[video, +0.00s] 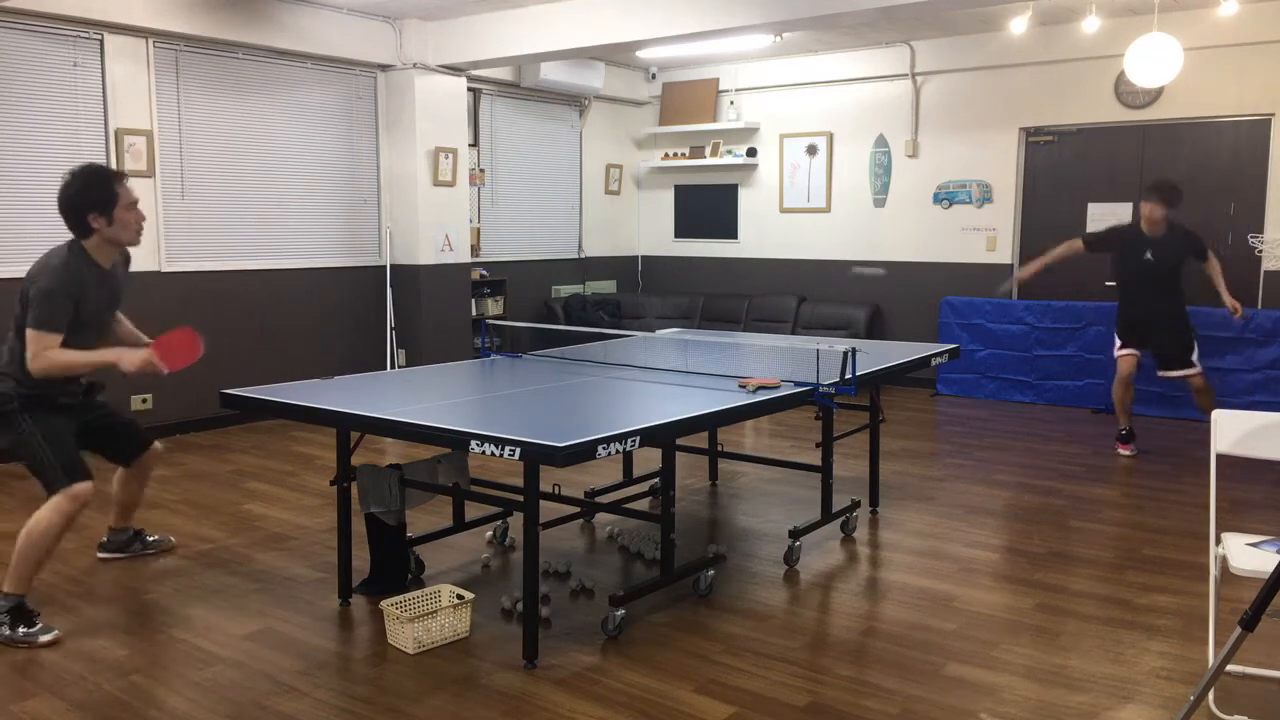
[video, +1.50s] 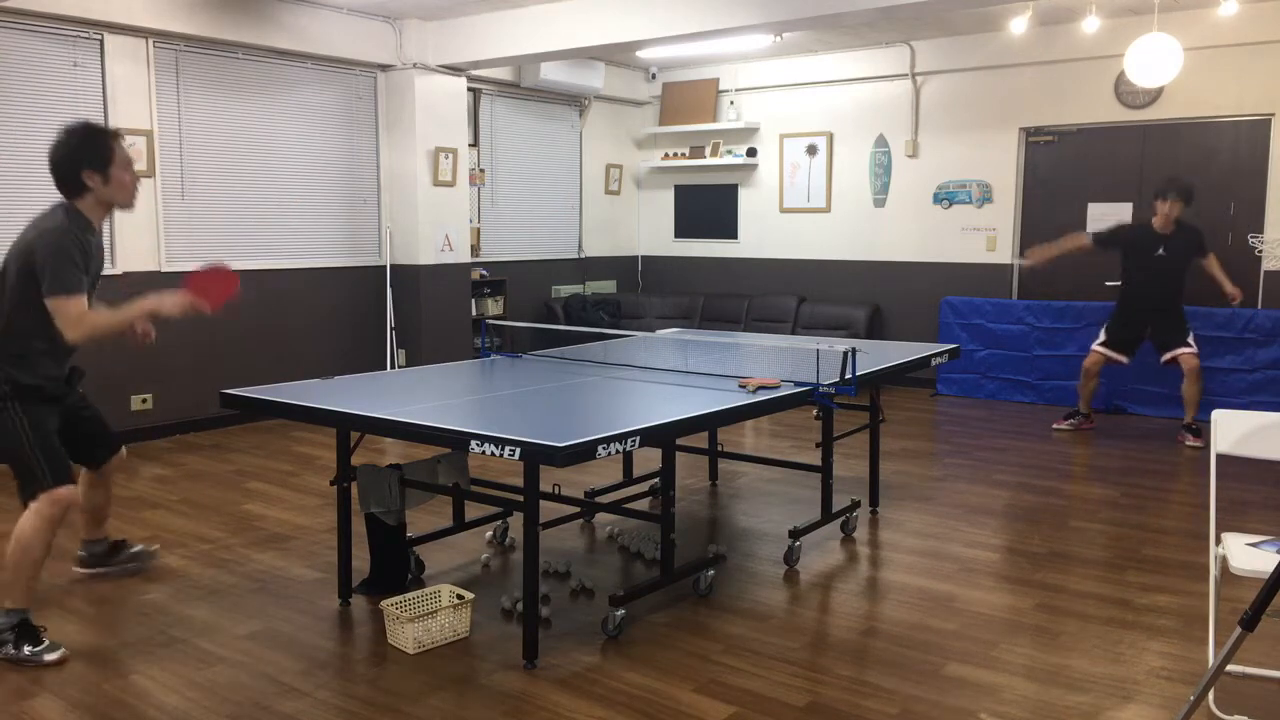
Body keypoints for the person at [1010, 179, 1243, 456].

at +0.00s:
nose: (1150, 210)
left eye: (1157, 205)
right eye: (1147, 203)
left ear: (1168, 210)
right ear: (1140, 205)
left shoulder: (1182, 238)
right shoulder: (1123, 236)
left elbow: (1210, 260)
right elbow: (1077, 245)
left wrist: (1225, 295)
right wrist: (1037, 265)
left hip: (1171, 321)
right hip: (1132, 321)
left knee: (1197, 382)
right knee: (1125, 372)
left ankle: (1217, 423)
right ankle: (1125, 431)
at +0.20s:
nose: (1136, 171)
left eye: (1143, 166)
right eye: (1133, 165)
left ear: (1157, 172)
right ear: (1129, 171)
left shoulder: (1175, 206)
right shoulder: (1119, 207)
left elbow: (1209, 231)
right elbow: (1096, 230)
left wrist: (1199, 267)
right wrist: (1068, 237)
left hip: (1164, 296)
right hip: (1128, 296)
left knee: (1167, 363)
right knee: (1122, 358)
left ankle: (1171, 425)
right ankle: (1115, 426)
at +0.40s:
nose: (1125, 184)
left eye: (1132, 179)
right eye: (1122, 179)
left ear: (1149, 183)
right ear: (1119, 185)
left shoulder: (1169, 218)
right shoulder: (1121, 221)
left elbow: (1196, 251)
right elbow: (1122, 257)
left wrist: (1169, 286)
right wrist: (1104, 266)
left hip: (1154, 306)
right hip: (1124, 303)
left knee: (1151, 371)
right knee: (1095, 362)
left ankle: (1168, 433)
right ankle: (1088, 417)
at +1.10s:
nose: (1120, 220)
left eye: (1126, 215)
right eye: (1117, 214)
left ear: (1141, 216)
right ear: (1113, 213)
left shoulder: (1157, 237)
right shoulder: (1104, 242)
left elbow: (1174, 271)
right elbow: (1095, 285)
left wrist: (1142, 294)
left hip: (1151, 311)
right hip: (1113, 310)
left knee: (1165, 365)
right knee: (1078, 361)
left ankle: (1185, 424)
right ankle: (1083, 414)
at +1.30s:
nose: (1147, 242)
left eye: (1153, 238)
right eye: (1145, 236)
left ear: (1162, 234)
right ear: (1136, 228)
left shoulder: (1166, 247)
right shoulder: (1116, 247)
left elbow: (1177, 276)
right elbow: (1115, 290)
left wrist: (1175, 297)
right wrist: (1150, 297)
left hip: (1151, 315)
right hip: (1115, 314)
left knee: (1178, 364)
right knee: (1076, 366)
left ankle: (1188, 424)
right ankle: (1082, 415)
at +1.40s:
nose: (1164, 229)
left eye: (1170, 225)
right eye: (1161, 223)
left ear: (1176, 225)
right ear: (1151, 219)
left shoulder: (1179, 243)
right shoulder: (1126, 246)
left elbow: (1193, 269)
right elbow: (1099, 278)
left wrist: (1209, 296)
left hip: (1160, 319)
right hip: (1121, 318)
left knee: (1187, 365)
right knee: (1079, 366)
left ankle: (1189, 425)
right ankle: (1083, 415)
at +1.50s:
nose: (1169, 208)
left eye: (1175, 203)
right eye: (1165, 201)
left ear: (1183, 208)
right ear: (1156, 203)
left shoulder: (1190, 237)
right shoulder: (1131, 234)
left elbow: (1208, 259)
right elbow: (1084, 240)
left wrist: (1227, 285)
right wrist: (1046, 251)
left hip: (1169, 317)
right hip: (1129, 314)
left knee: (1192, 366)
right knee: (1091, 364)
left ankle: (1190, 425)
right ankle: (1083, 414)